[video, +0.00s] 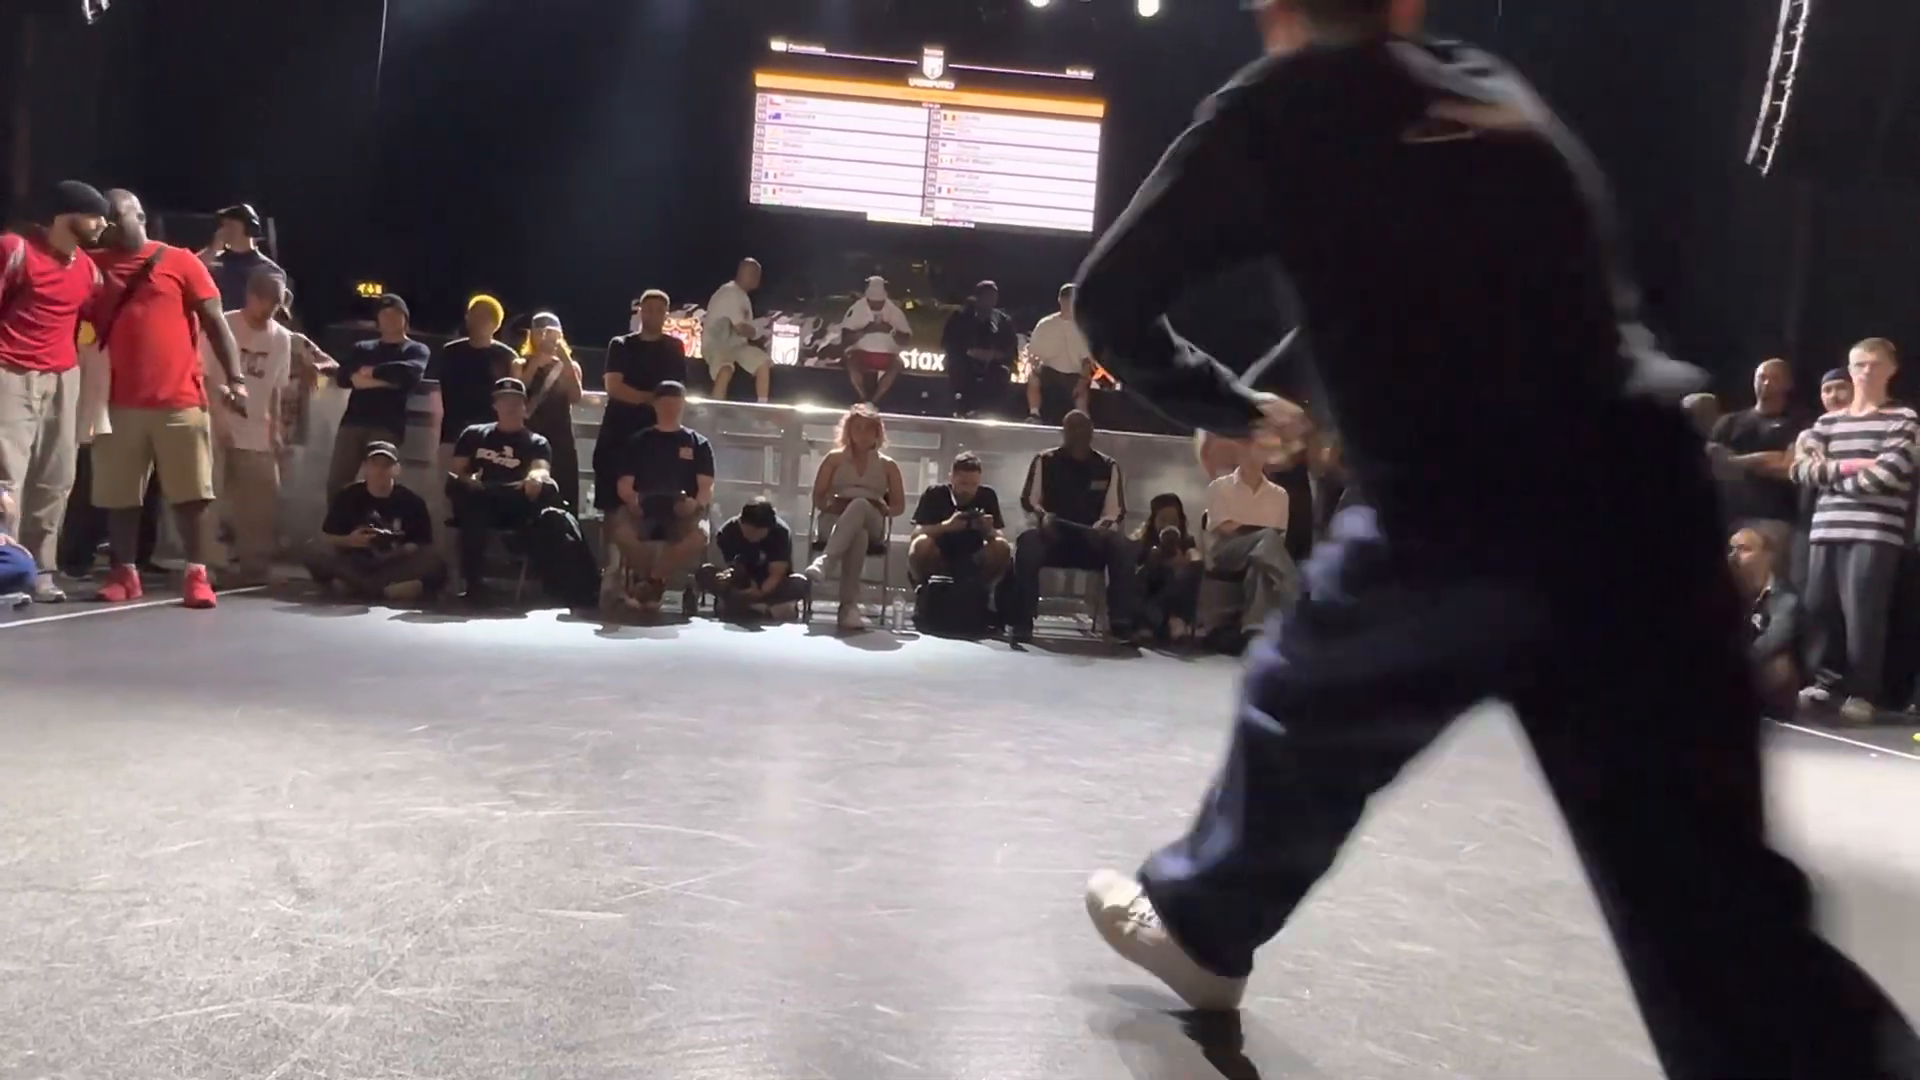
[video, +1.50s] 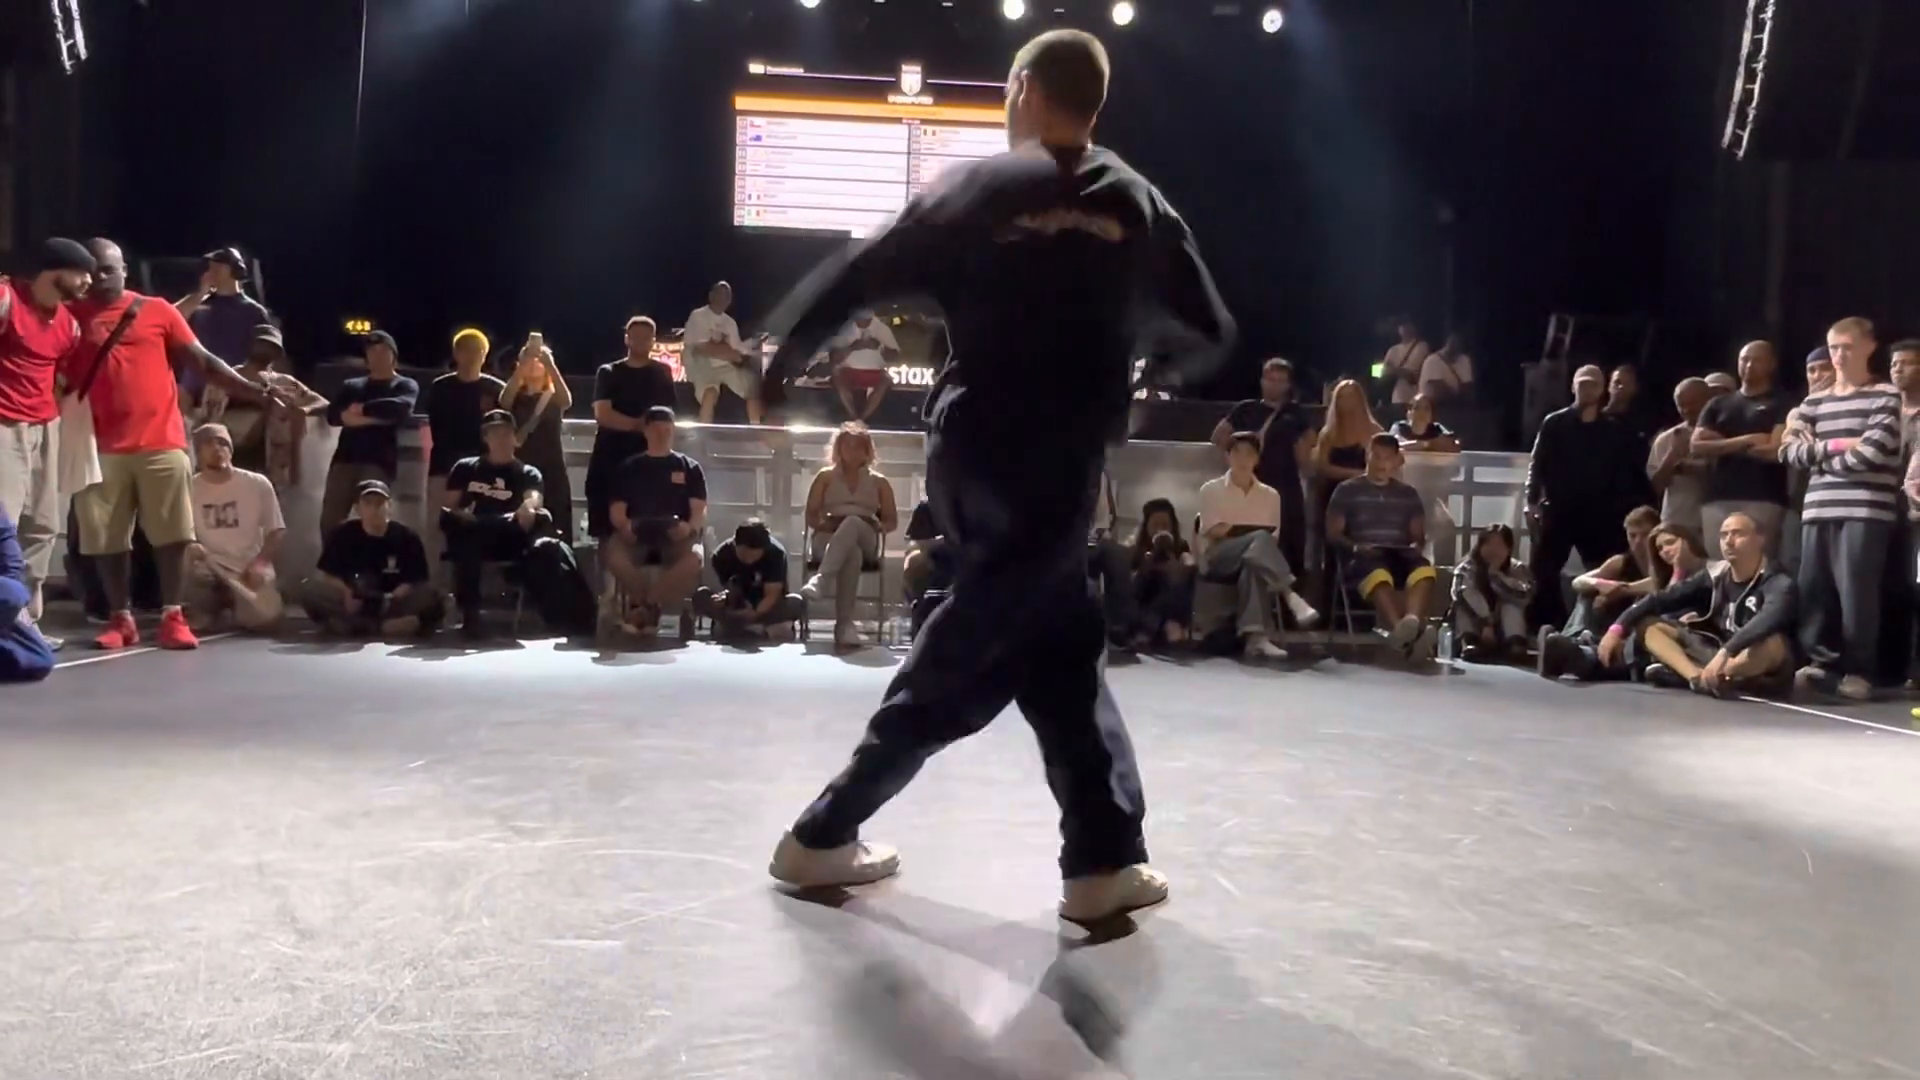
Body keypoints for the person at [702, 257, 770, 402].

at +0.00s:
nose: (758, 280)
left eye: (758, 276)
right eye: (756, 275)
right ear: (746, 275)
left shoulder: (743, 297)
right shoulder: (730, 292)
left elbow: (747, 325)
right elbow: (740, 327)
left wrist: (764, 322)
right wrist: (756, 332)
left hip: (738, 345)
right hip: (717, 345)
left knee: (763, 364)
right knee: (725, 370)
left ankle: (762, 407)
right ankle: (715, 410)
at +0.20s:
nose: (753, 280)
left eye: (753, 276)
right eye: (750, 276)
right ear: (738, 276)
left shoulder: (739, 299)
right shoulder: (719, 292)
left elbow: (744, 326)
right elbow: (727, 325)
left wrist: (760, 323)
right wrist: (749, 333)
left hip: (732, 346)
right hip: (711, 346)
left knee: (758, 364)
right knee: (720, 372)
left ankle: (757, 409)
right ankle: (710, 412)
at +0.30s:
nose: (739, 281)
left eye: (742, 278)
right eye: (736, 276)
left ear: (745, 281)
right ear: (728, 275)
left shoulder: (737, 303)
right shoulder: (710, 293)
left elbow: (744, 334)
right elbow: (700, 322)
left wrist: (729, 328)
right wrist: (723, 326)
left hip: (729, 347)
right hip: (706, 345)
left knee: (755, 366)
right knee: (716, 372)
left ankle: (754, 410)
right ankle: (706, 412)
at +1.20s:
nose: (723, 294)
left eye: (726, 290)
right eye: (719, 290)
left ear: (729, 295)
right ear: (710, 292)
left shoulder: (730, 318)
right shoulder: (697, 312)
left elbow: (737, 350)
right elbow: (700, 345)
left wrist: (711, 345)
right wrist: (725, 345)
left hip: (725, 362)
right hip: (701, 362)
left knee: (753, 383)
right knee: (709, 391)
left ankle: (756, 428)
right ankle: (703, 432)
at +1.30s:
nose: (724, 297)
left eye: (727, 294)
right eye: (720, 293)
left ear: (730, 298)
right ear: (711, 295)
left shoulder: (730, 321)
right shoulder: (698, 315)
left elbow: (737, 353)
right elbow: (700, 347)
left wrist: (713, 346)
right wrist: (727, 349)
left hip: (725, 366)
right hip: (703, 365)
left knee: (754, 386)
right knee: (709, 394)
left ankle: (754, 427)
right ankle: (703, 434)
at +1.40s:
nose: (726, 304)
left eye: (728, 299)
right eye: (722, 300)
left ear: (729, 300)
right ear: (714, 300)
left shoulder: (730, 315)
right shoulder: (699, 315)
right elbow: (698, 345)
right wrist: (714, 355)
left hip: (724, 361)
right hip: (700, 360)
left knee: (752, 389)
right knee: (710, 393)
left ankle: (755, 431)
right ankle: (702, 434)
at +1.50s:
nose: (724, 298)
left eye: (727, 295)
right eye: (720, 294)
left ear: (730, 299)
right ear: (711, 296)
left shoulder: (730, 323)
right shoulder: (698, 316)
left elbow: (737, 349)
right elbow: (698, 347)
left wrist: (755, 344)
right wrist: (728, 352)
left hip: (726, 366)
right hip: (702, 365)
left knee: (752, 383)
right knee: (710, 393)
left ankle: (756, 431)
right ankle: (703, 434)